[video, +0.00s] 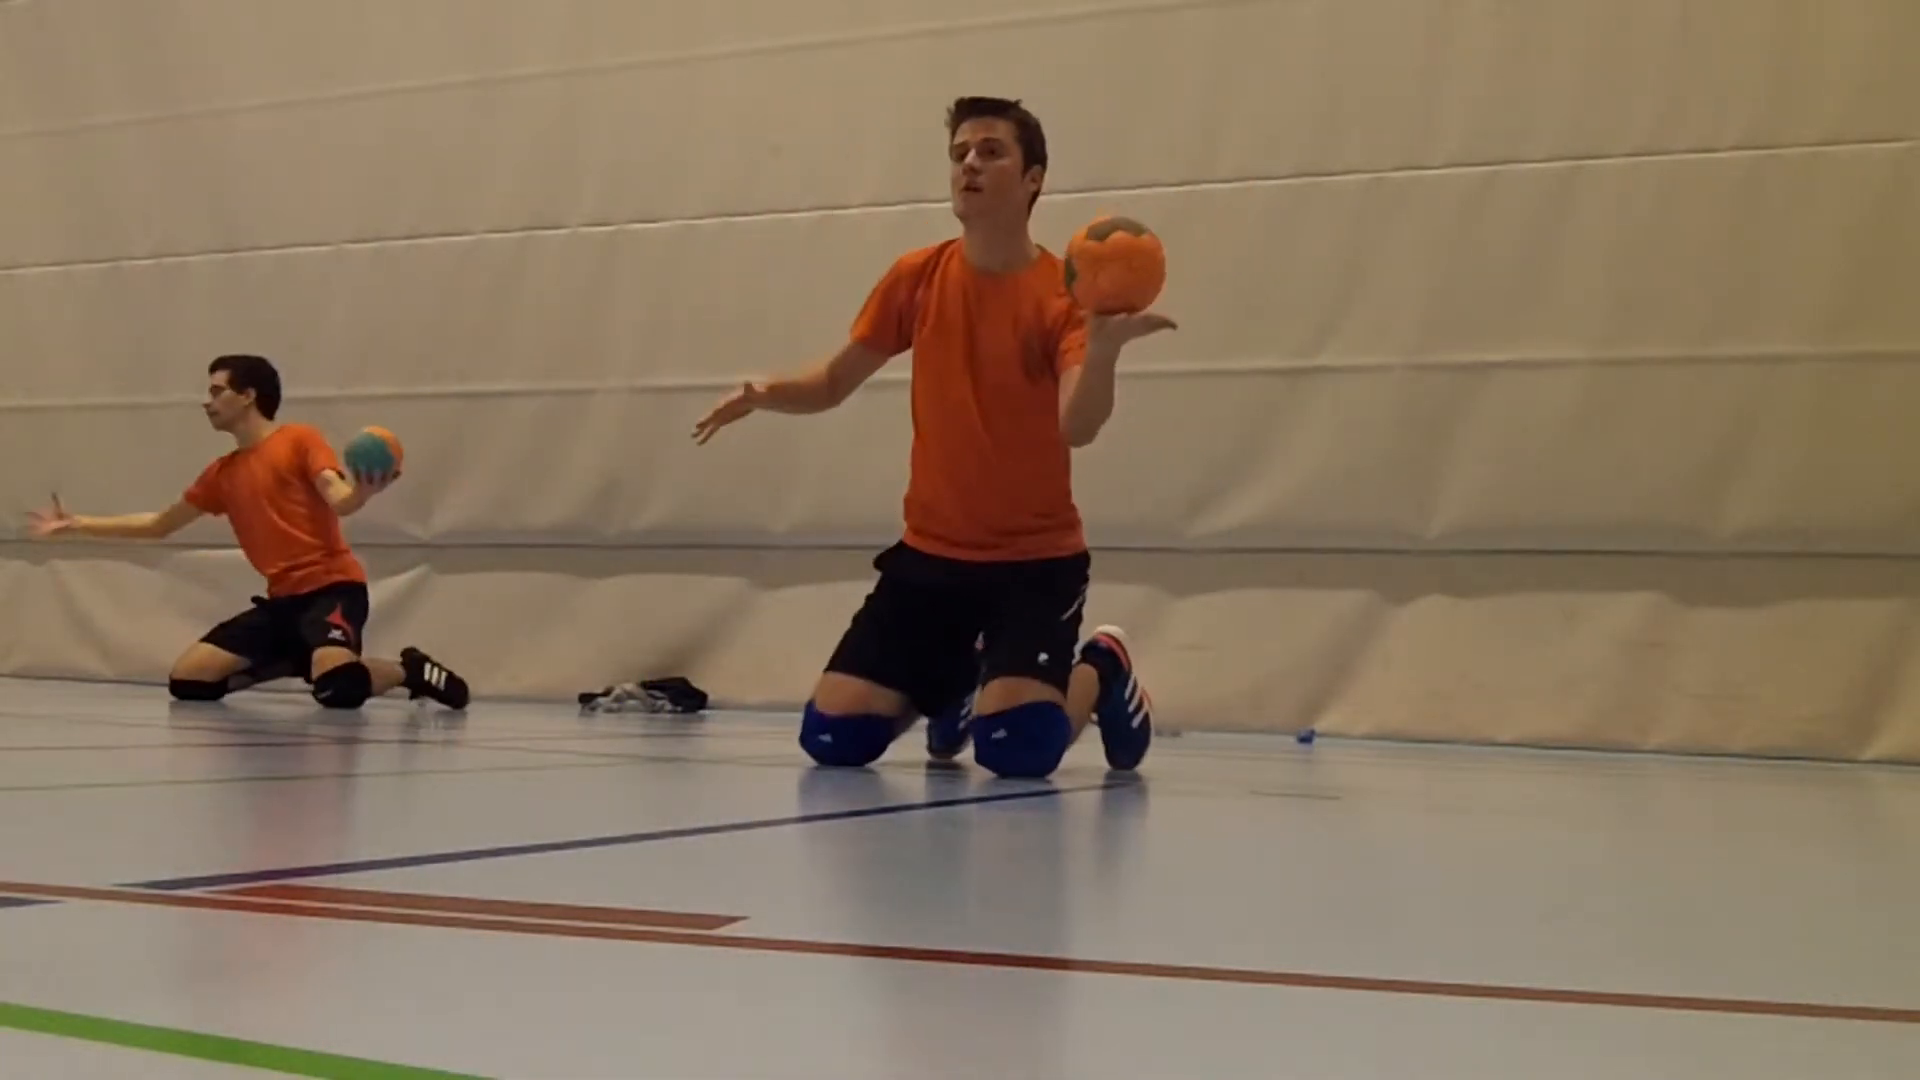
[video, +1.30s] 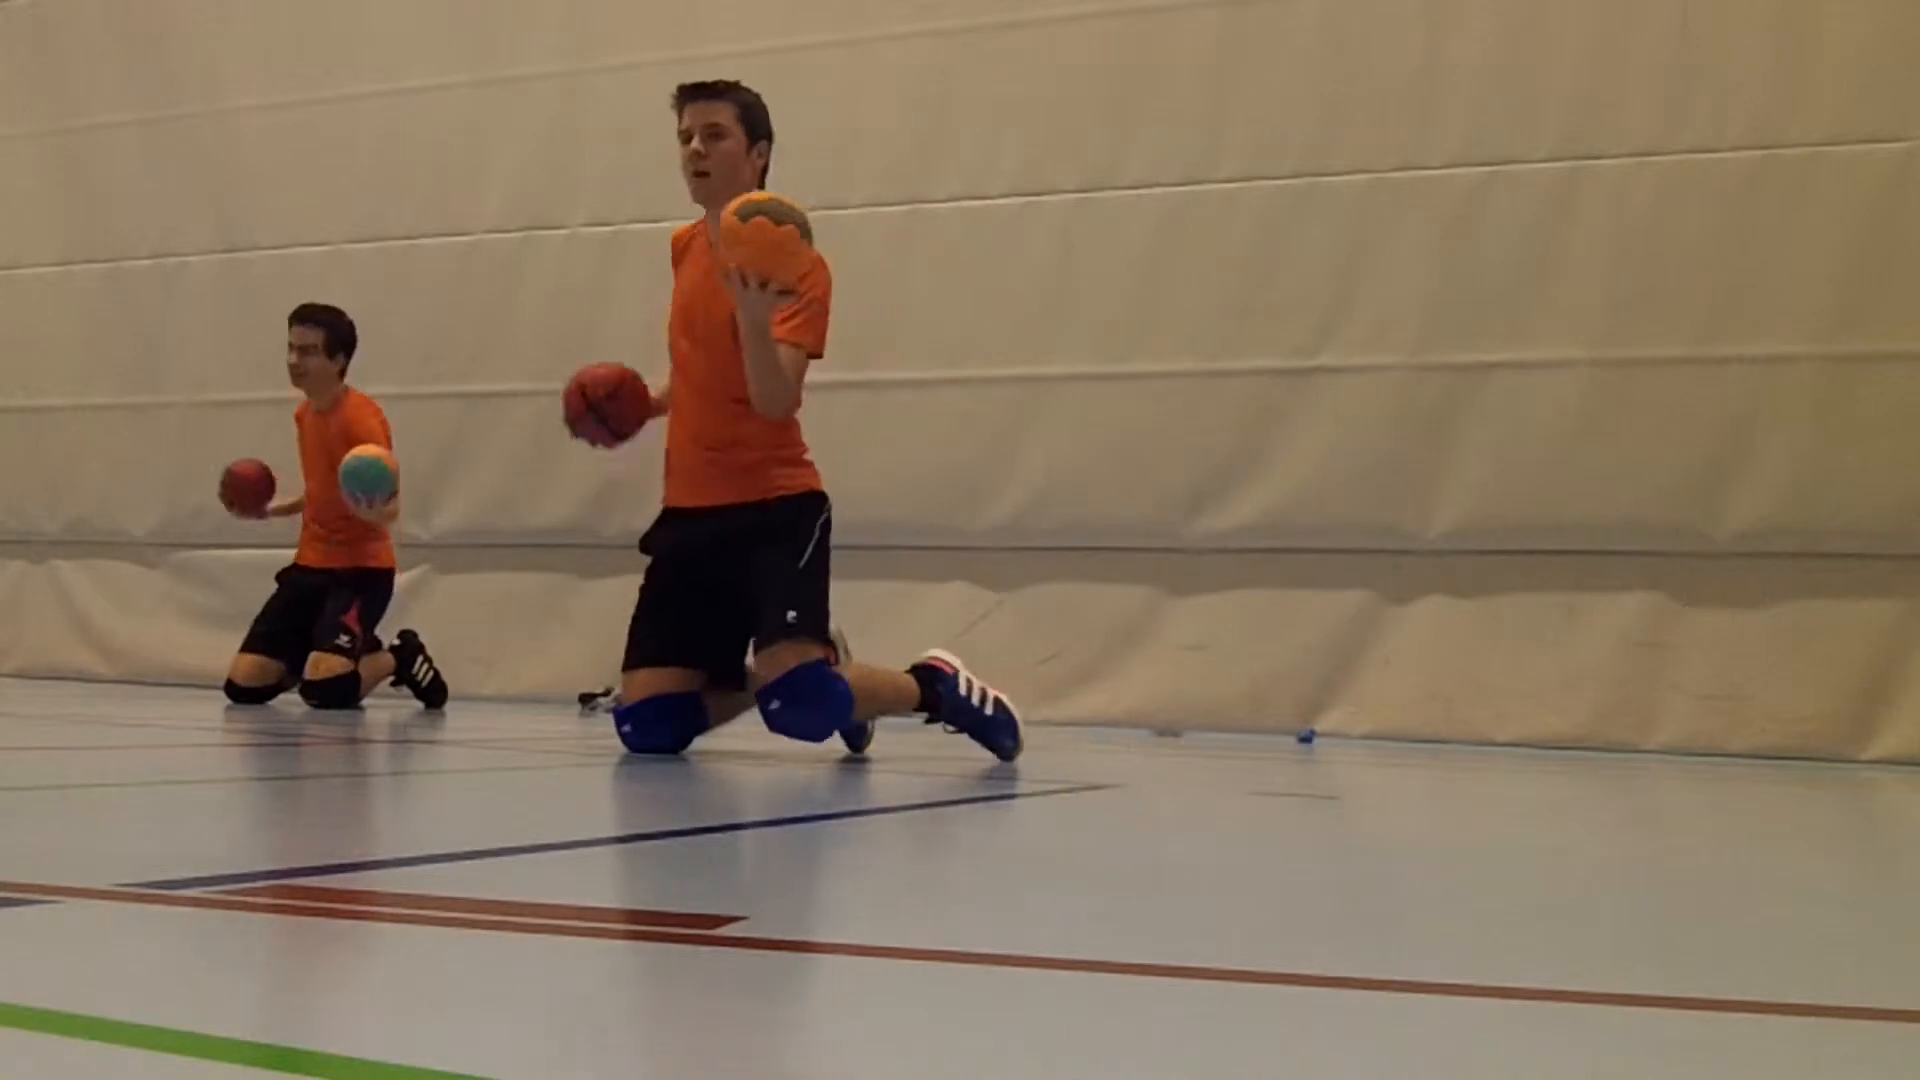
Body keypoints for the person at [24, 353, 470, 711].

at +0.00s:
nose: (206, 404)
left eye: (215, 393)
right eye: (207, 394)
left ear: (249, 396)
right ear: (237, 400)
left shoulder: (298, 440)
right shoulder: (221, 475)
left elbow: (340, 501)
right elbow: (158, 525)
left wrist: (367, 486)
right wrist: (76, 525)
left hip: (334, 590)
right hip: (282, 605)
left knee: (335, 685)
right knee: (188, 680)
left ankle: (414, 672)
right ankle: (309, 663)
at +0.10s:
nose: (197, 400)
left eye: (205, 389)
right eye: (198, 390)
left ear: (236, 391)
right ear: (226, 393)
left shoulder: (289, 433)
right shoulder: (217, 464)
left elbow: (331, 500)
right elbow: (168, 513)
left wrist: (351, 484)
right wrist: (94, 500)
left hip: (326, 586)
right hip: (275, 600)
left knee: (340, 686)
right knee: (187, 681)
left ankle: (435, 670)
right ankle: (303, 660)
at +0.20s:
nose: (199, 390)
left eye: (205, 379)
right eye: (201, 379)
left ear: (231, 382)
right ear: (231, 383)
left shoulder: (288, 426)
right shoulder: (230, 455)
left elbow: (329, 499)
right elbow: (234, 521)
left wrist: (341, 477)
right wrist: (167, 514)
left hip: (322, 583)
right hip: (272, 594)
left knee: (333, 686)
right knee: (188, 682)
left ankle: (431, 669)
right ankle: (300, 659)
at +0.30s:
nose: (212, 387)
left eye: (217, 376)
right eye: (213, 377)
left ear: (244, 377)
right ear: (241, 378)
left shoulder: (297, 426)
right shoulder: (248, 448)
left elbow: (330, 504)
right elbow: (276, 521)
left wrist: (327, 469)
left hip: (321, 584)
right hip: (272, 592)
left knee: (321, 687)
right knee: (187, 681)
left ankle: (410, 668)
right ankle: (299, 657)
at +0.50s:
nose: (260, 383)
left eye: (271, 373)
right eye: (259, 376)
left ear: (305, 381)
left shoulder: (342, 438)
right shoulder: (268, 455)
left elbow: (368, 522)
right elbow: (293, 529)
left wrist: (305, 505)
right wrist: (253, 537)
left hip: (344, 596)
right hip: (290, 597)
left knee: (317, 689)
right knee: (194, 683)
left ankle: (392, 662)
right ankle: (296, 659)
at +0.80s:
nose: (286, 402)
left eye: (298, 393)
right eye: (286, 392)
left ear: (333, 401)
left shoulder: (363, 455)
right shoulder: (297, 448)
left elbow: (416, 525)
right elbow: (322, 484)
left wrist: (347, 546)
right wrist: (291, 494)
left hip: (369, 596)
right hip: (317, 591)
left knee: (324, 690)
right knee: (224, 684)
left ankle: (397, 657)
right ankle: (312, 659)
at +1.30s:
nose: (294, 360)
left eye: (307, 351)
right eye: (291, 349)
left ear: (339, 361)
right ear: (286, 351)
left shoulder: (362, 418)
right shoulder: (306, 415)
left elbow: (391, 511)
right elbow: (319, 494)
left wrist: (371, 512)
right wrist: (267, 510)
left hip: (362, 572)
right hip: (310, 567)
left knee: (323, 691)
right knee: (244, 687)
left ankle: (402, 659)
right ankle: (346, 653)